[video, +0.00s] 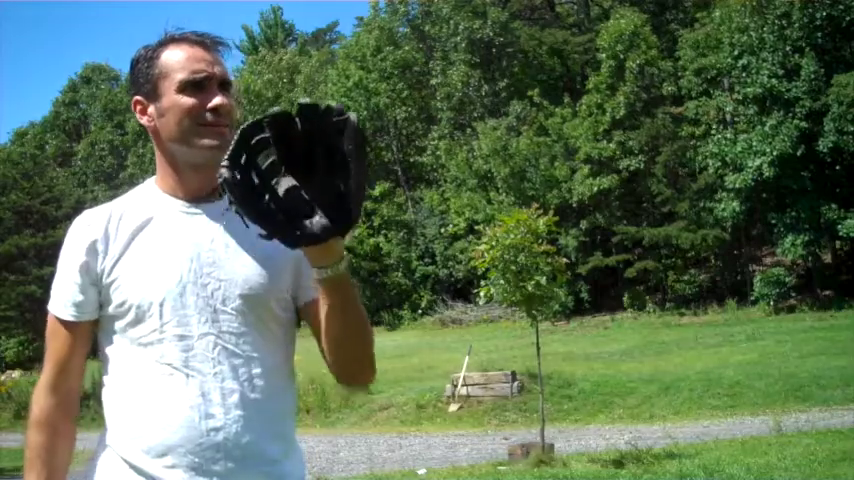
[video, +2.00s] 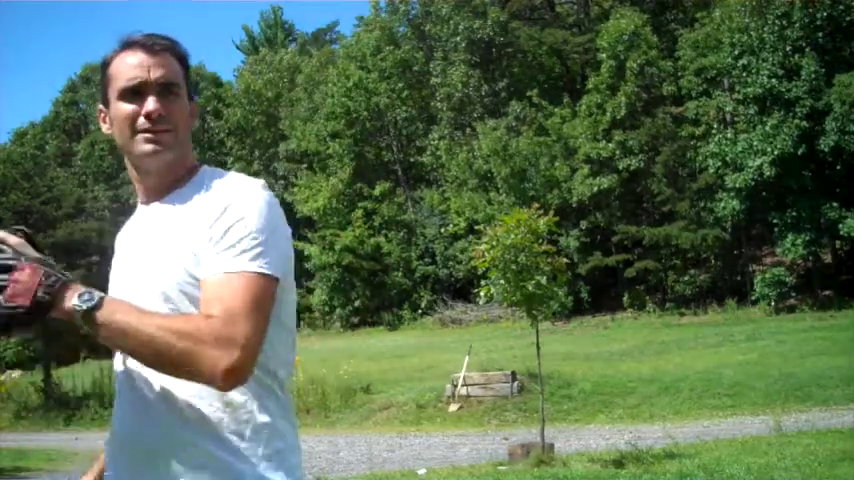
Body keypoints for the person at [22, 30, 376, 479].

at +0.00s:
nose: (220, 101)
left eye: (225, 87)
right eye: (196, 87)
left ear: (237, 101)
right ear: (146, 111)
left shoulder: (283, 223)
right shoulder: (98, 233)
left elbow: (357, 373)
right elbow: (57, 393)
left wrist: (329, 256)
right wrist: (39, 476)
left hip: (271, 469)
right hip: (141, 469)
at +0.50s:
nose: (169, 102)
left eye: (179, 88)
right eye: (147, 91)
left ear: (194, 98)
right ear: (107, 112)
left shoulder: (267, 200)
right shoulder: (87, 245)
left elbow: (354, 307)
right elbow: (77, 396)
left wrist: (273, 227)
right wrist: (48, 474)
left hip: (258, 465)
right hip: (136, 469)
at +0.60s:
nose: (149, 113)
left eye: (162, 95)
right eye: (128, 100)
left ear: (185, 108)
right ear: (97, 120)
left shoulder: (259, 203)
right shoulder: (87, 233)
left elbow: (329, 349)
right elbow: (80, 382)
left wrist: (234, 271)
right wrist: (58, 432)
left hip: (254, 466)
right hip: (133, 469)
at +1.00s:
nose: (120, 144)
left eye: (137, 121)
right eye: (104, 126)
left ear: (180, 116)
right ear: (92, 127)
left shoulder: (265, 217)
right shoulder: (79, 244)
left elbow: (315, 378)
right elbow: (67, 419)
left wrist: (255, 339)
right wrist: (67, 371)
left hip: (245, 468)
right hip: (123, 469)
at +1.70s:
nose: (145, 118)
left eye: (159, 100)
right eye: (125, 104)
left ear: (184, 114)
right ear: (97, 125)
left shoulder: (249, 213)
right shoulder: (89, 238)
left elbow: (308, 367)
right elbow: (85, 397)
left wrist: (187, 354)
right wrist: (40, 378)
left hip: (236, 468)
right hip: (120, 469)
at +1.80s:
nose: (143, 115)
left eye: (159, 98)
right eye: (124, 101)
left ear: (184, 115)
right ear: (97, 123)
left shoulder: (244, 208)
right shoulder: (99, 236)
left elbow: (285, 368)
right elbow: (114, 392)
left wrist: (130, 354)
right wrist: (43, 417)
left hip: (228, 469)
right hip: (123, 468)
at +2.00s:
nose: (152, 107)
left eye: (168, 91)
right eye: (133, 95)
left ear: (193, 111)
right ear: (106, 119)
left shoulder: (244, 203)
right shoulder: (130, 235)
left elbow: (227, 357)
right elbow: (151, 386)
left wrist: (68, 298)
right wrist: (103, 467)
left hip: (235, 469)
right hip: (134, 468)